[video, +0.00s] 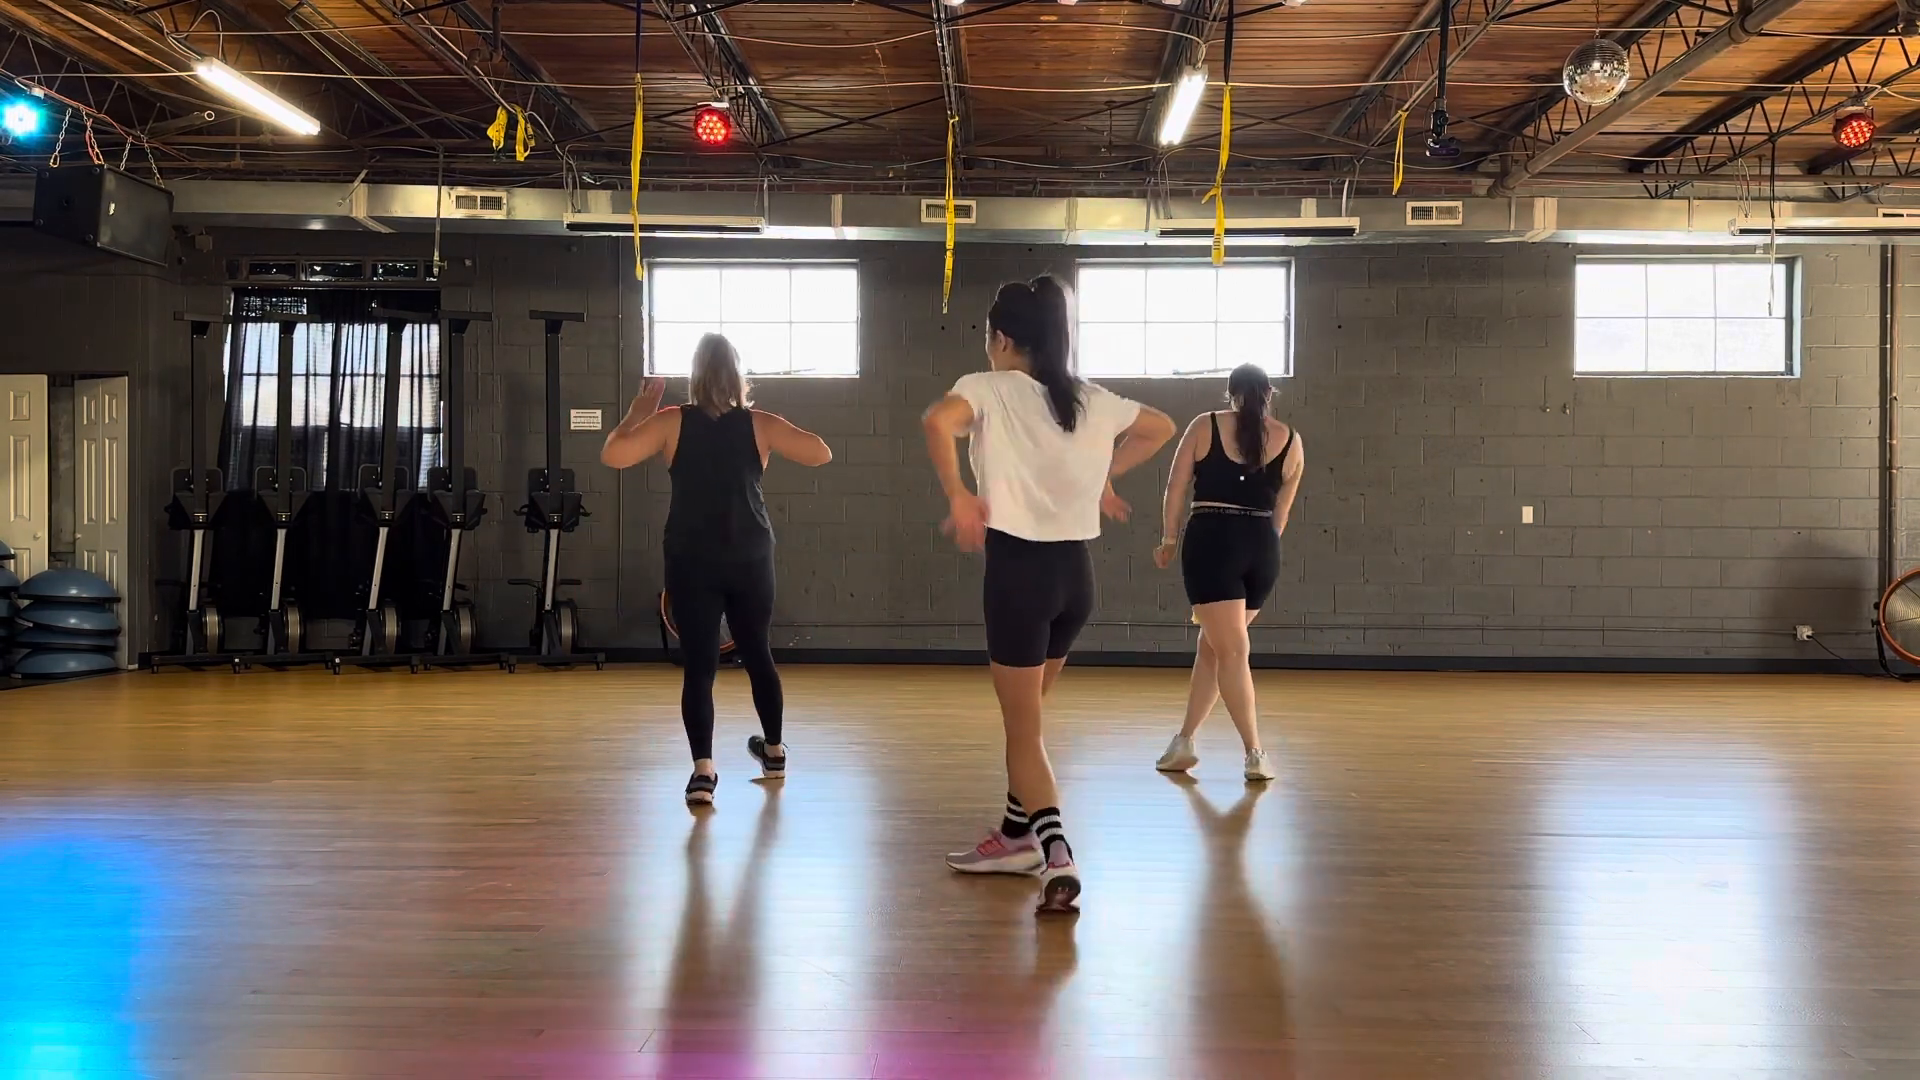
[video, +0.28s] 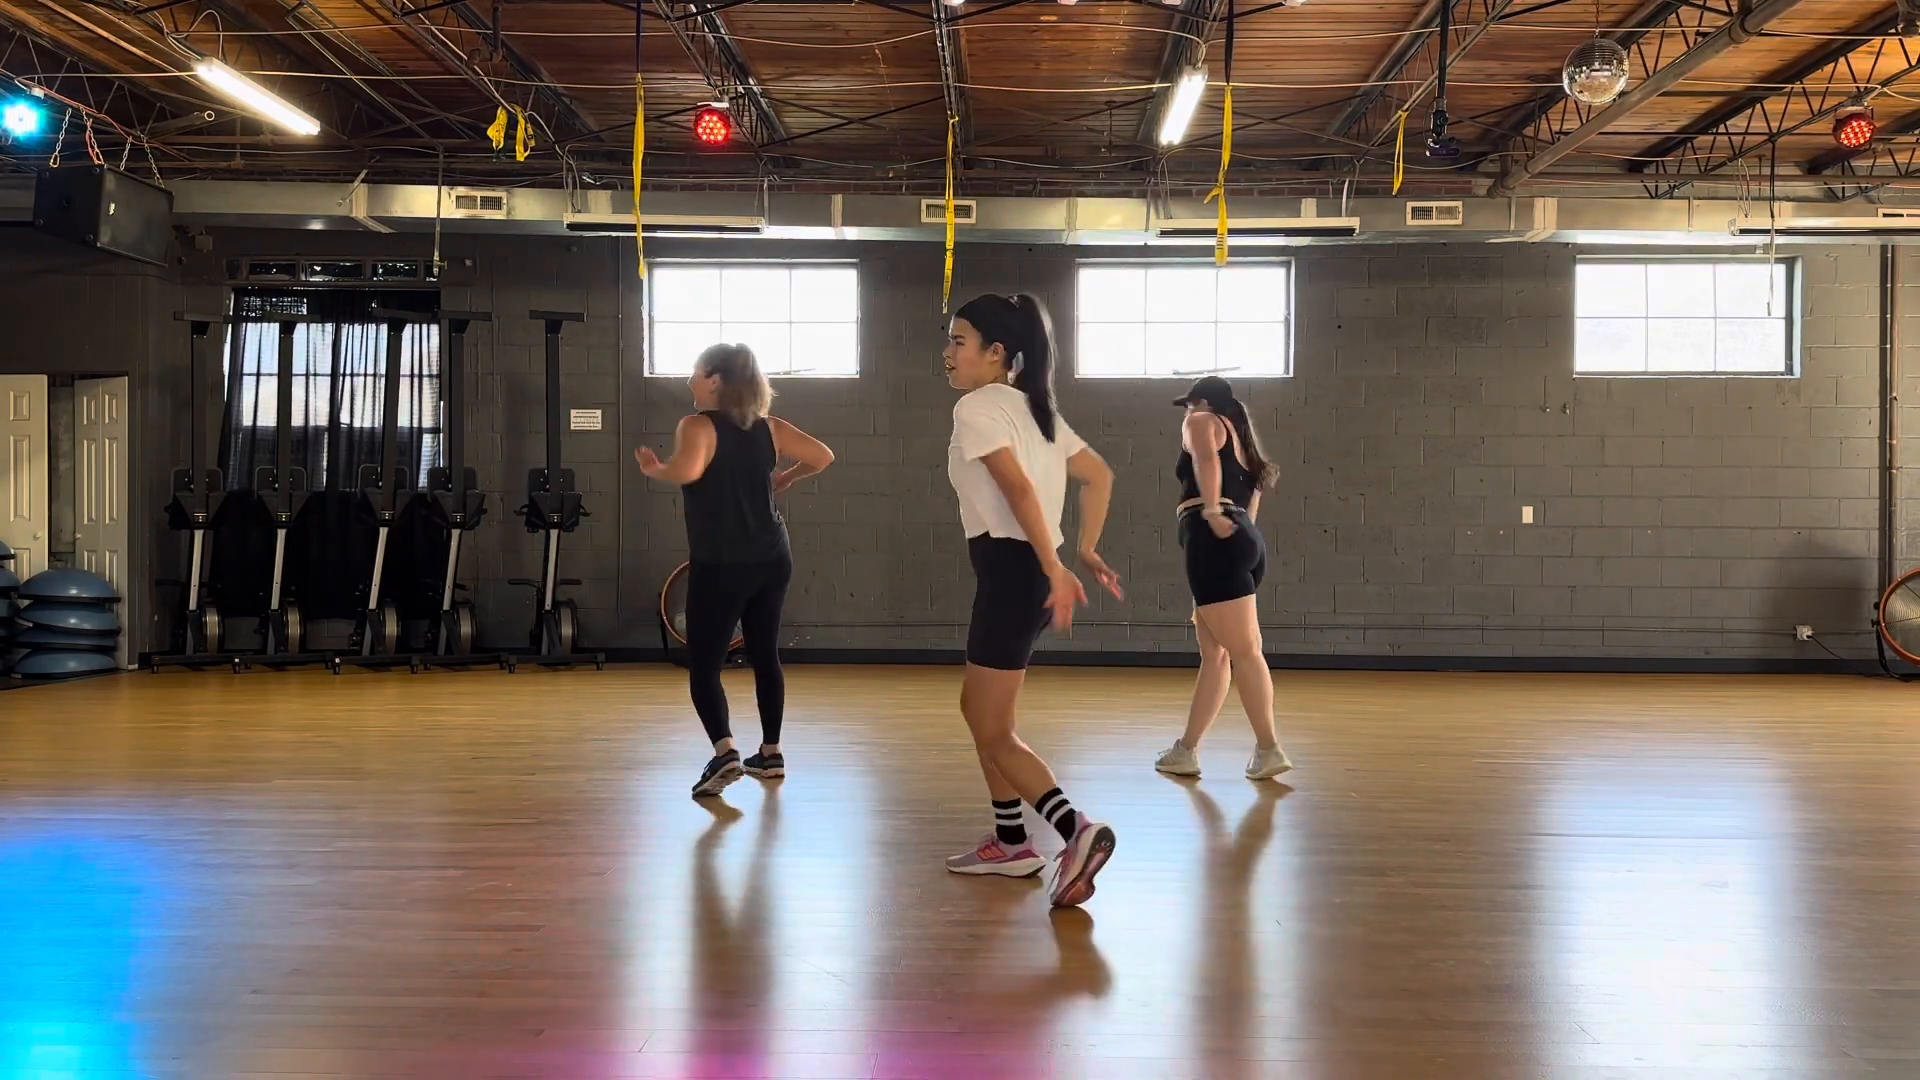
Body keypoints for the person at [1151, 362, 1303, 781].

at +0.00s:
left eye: (1231, 389)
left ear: (1230, 392)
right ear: (1269, 395)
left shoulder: (1203, 426)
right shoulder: (1290, 441)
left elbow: (1178, 484)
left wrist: (1169, 535)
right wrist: (1266, 551)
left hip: (1210, 540)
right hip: (1263, 546)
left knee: (1233, 652)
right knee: (1212, 648)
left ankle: (1254, 752)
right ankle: (1185, 740)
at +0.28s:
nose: (1186, 411)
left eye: (1189, 405)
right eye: (1187, 406)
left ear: (1203, 404)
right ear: (1222, 408)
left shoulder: (1198, 419)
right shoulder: (1239, 436)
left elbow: (1206, 456)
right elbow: (1251, 500)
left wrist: (1211, 509)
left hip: (1210, 533)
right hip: (1241, 535)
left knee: (1244, 650)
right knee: (1214, 651)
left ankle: (1268, 748)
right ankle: (1185, 750)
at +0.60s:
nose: (1155, 397)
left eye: (1164, 389)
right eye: (1152, 390)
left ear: (1188, 392)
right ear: (1152, 398)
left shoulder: (1216, 421)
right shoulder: (1159, 458)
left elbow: (1270, 461)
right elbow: (1168, 523)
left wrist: (1293, 513)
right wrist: (1173, 578)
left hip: (1242, 539)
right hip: (1195, 550)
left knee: (1251, 642)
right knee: (1207, 651)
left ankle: (1276, 743)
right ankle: (1197, 749)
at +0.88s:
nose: (1214, 385)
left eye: (1222, 379)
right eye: (1206, 378)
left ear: (1234, 386)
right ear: (1194, 385)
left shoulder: (1261, 427)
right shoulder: (1174, 440)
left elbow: (1279, 484)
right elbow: (1148, 505)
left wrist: (1284, 536)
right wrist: (1138, 565)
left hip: (1254, 547)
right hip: (1196, 547)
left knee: (1275, 648)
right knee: (1186, 650)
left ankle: (1299, 752)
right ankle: (1168, 742)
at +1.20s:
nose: (1288, 392)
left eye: (1295, 386)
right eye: (1279, 386)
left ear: (1306, 394)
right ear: (1264, 395)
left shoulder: (1320, 446)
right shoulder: (1243, 443)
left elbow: (1311, 501)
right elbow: (1189, 494)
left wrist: (1299, 550)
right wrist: (1178, 553)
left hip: (1284, 558)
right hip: (1230, 553)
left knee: (1302, 660)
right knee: (1198, 661)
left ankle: (1312, 763)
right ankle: (1161, 731)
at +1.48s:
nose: (1292, 422)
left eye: (1298, 413)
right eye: (1281, 416)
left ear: (1310, 419)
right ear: (1267, 427)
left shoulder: (1322, 463)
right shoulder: (1248, 475)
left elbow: (1296, 514)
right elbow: (1206, 528)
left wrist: (1267, 549)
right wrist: (1237, 562)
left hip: (1297, 574)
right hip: (1243, 578)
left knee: (1321, 672)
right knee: (1225, 686)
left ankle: (1311, 764)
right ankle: (1162, 751)